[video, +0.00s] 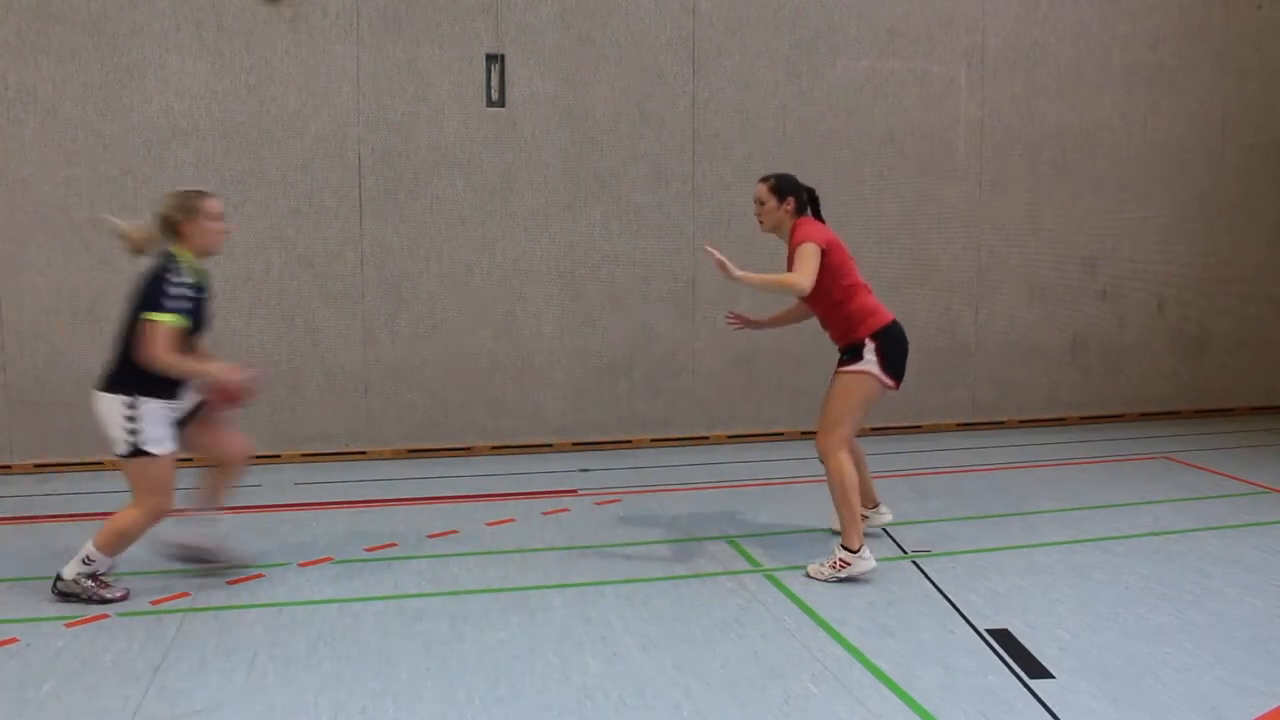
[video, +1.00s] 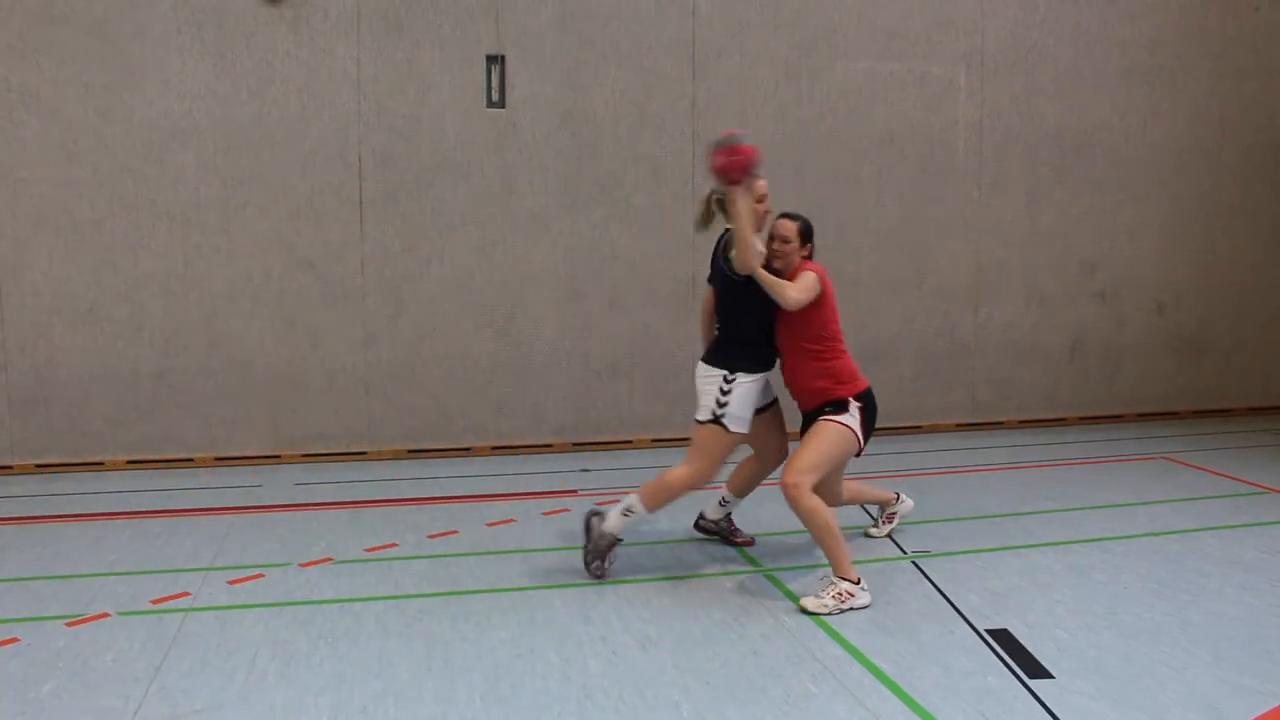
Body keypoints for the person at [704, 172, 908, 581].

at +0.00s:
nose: (755, 212)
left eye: (761, 203)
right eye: (755, 204)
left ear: (788, 204)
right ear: (788, 207)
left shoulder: (808, 232)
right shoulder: (805, 240)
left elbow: (802, 284)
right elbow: (811, 305)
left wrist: (741, 276)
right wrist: (763, 322)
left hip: (872, 341)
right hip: (862, 341)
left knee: (831, 443)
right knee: (840, 432)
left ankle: (853, 550)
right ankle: (869, 506)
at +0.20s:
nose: (761, 223)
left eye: (767, 214)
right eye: (761, 215)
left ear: (794, 215)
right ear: (792, 218)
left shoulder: (814, 245)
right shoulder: (804, 258)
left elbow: (807, 304)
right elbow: (813, 323)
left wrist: (746, 300)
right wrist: (767, 348)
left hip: (878, 357)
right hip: (861, 360)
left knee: (845, 459)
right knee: (830, 440)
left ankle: (877, 568)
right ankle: (877, 516)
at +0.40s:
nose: (762, 229)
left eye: (768, 221)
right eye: (761, 221)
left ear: (795, 221)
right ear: (791, 223)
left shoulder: (813, 247)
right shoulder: (797, 260)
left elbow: (777, 295)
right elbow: (768, 318)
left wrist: (724, 268)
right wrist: (714, 316)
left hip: (881, 362)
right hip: (867, 364)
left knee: (832, 462)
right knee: (843, 450)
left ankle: (874, 566)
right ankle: (883, 520)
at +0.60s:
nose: (754, 229)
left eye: (760, 221)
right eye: (754, 222)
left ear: (788, 219)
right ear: (782, 221)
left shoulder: (799, 243)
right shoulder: (779, 267)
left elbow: (727, 263)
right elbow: (734, 317)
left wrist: (666, 244)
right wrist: (674, 322)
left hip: (878, 357)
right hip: (860, 362)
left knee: (840, 459)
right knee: (847, 446)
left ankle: (865, 576)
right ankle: (893, 509)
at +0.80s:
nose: (753, 250)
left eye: (762, 243)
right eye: (752, 243)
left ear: (787, 248)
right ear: (755, 249)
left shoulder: (795, 271)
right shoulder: (777, 292)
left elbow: (746, 286)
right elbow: (764, 347)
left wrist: (702, 262)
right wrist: (722, 334)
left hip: (858, 395)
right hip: (837, 400)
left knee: (808, 482)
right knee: (827, 481)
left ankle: (861, 582)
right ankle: (894, 506)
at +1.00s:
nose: (774, 247)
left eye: (784, 242)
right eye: (771, 240)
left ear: (804, 247)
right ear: (765, 243)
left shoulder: (811, 275)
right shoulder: (772, 275)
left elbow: (791, 297)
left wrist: (755, 268)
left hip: (847, 403)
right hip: (816, 408)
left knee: (795, 483)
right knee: (830, 494)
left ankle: (849, 583)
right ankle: (893, 501)